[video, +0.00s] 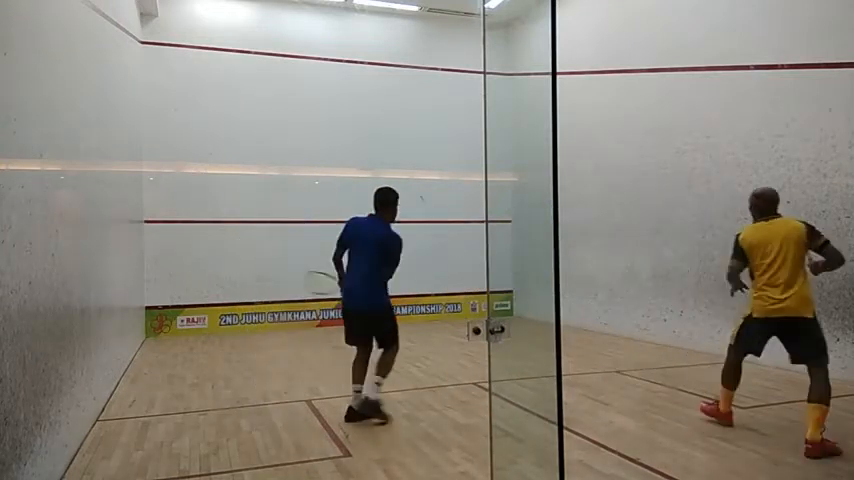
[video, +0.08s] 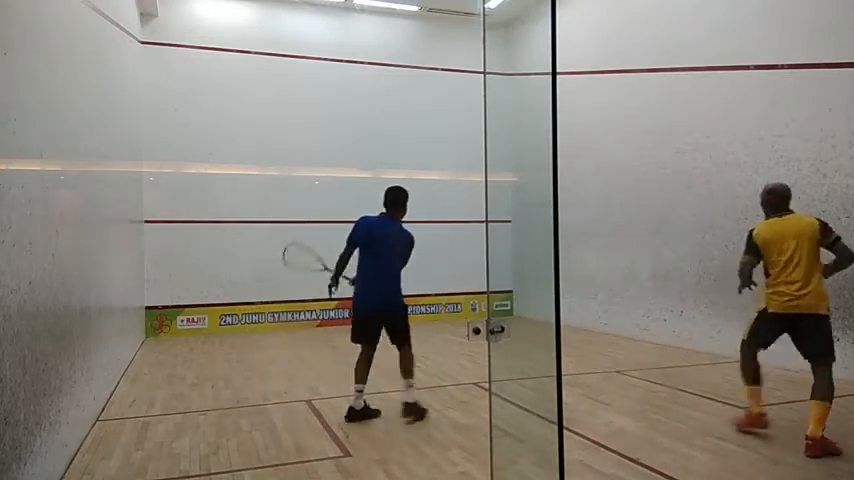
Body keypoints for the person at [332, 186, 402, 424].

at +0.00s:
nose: (397, 211)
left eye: (396, 206)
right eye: (395, 206)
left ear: (375, 205)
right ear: (390, 207)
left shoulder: (354, 225)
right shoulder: (393, 239)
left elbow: (337, 256)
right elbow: (388, 274)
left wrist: (341, 277)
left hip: (352, 302)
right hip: (377, 303)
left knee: (363, 349)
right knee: (391, 346)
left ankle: (357, 402)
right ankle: (372, 395)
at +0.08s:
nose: (405, 209)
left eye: (403, 205)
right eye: (405, 205)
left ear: (384, 204)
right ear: (404, 207)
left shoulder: (365, 224)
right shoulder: (406, 238)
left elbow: (346, 254)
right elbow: (393, 269)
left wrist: (335, 276)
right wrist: (360, 280)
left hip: (365, 302)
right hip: (392, 303)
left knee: (367, 348)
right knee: (405, 347)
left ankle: (357, 404)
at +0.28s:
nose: (426, 210)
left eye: (423, 205)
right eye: (427, 206)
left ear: (407, 205)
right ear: (427, 208)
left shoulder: (390, 226)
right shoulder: (431, 238)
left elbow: (371, 258)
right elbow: (421, 271)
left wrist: (346, 285)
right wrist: (390, 286)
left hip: (388, 302)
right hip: (417, 304)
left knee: (380, 350)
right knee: (431, 349)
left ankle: (362, 403)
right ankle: (443, 400)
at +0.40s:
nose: (438, 208)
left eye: (434, 203)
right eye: (439, 204)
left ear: (419, 203)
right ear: (440, 206)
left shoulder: (403, 223)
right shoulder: (444, 237)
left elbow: (391, 255)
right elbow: (438, 270)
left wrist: (375, 283)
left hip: (402, 301)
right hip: (431, 302)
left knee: (392, 348)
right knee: (440, 350)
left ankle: (377, 401)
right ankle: (444, 401)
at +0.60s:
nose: (459, 205)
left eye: (457, 201)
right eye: (459, 202)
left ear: (437, 202)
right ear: (457, 204)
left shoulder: (422, 223)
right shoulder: (463, 234)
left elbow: (419, 259)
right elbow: (472, 268)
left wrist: (414, 290)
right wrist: (482, 287)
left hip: (424, 296)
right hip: (451, 298)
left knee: (424, 346)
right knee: (450, 348)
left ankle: (437, 388)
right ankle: (445, 395)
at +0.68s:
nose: (467, 205)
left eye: (466, 201)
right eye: (466, 201)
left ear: (444, 201)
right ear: (463, 203)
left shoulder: (430, 225)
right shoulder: (472, 231)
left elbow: (427, 261)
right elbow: (488, 267)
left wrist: (417, 293)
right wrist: (507, 291)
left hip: (439, 299)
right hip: (464, 299)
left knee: (448, 351)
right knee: (456, 349)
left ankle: (469, 401)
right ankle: (446, 400)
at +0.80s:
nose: (473, 206)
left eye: (472, 201)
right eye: (472, 202)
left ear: (449, 203)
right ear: (468, 203)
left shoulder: (436, 229)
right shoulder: (480, 231)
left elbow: (430, 265)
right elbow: (498, 265)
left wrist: (417, 293)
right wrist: (523, 293)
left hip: (451, 301)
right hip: (477, 299)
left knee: (463, 352)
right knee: (463, 350)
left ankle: (482, 408)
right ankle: (449, 400)